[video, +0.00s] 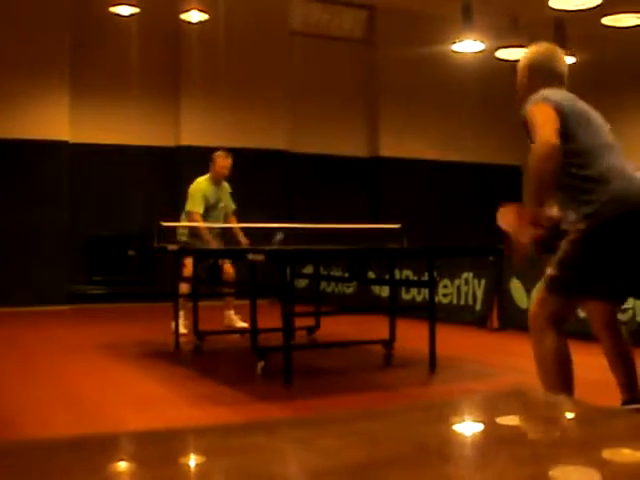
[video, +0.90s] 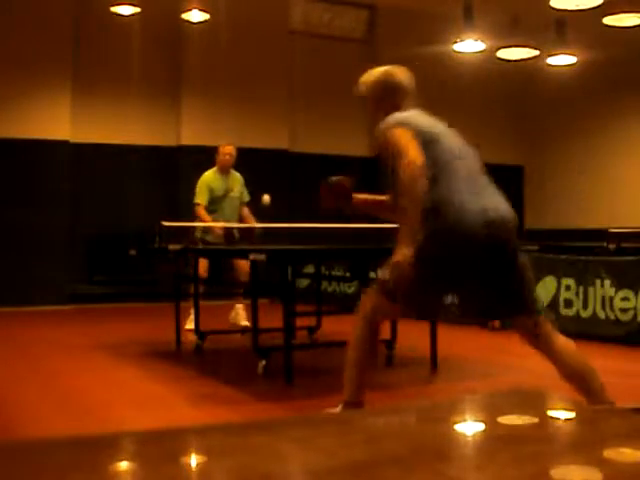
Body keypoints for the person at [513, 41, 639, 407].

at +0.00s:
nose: (516, 81)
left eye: (518, 73)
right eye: (516, 73)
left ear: (525, 75)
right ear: (562, 76)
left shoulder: (541, 101)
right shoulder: (581, 107)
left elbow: (547, 144)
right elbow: (602, 177)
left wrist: (532, 214)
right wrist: (559, 216)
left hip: (604, 219)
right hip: (631, 214)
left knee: (543, 314)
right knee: (602, 311)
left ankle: (561, 414)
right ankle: (632, 401)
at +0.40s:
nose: (533, 51)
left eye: (535, 45)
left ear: (539, 47)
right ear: (579, 51)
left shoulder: (541, 74)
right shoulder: (601, 90)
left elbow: (541, 106)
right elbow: (612, 155)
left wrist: (526, 177)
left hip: (562, 211)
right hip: (614, 213)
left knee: (498, 311)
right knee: (616, 327)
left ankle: (512, 407)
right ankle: (635, 414)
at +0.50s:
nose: (526, 59)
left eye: (528, 54)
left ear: (531, 57)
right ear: (572, 60)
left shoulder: (527, 83)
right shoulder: (592, 98)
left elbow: (530, 116)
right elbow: (603, 160)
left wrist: (520, 191)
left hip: (551, 209)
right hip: (604, 211)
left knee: (482, 310)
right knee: (611, 331)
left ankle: (471, 410)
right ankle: (634, 417)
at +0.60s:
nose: (500, 72)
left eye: (502, 66)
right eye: (500, 66)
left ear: (510, 69)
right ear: (544, 70)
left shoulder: (508, 95)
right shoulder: (569, 107)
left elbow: (509, 129)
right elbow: (564, 165)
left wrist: (498, 196)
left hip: (535, 216)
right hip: (589, 217)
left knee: (458, 310)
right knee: (608, 327)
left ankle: (436, 403)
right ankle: (634, 418)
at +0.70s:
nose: (463, 87)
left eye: (465, 80)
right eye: (467, 79)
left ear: (473, 82)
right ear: (505, 80)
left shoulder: (478, 108)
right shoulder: (533, 119)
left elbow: (482, 144)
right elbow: (520, 195)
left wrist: (469, 217)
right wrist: (450, 202)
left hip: (514, 228)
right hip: (568, 228)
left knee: (430, 319)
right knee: (593, 332)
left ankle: (387, 403)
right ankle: (630, 417)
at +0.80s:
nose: (416, 100)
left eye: (417, 92)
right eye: (416, 92)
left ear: (426, 91)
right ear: (457, 89)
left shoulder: (437, 115)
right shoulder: (486, 123)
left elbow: (448, 158)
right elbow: (467, 203)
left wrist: (439, 225)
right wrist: (391, 205)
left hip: (477, 240)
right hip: (526, 237)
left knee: (400, 323)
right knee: (570, 339)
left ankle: (358, 404)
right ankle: (622, 412)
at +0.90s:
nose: (367, 110)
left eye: (368, 102)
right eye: (366, 102)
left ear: (381, 99)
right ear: (406, 94)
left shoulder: (394, 125)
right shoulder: (438, 129)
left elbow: (414, 169)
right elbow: (426, 199)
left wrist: (405, 244)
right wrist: (357, 201)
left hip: (450, 235)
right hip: (497, 234)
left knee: (370, 308)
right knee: (539, 332)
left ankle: (350, 404)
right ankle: (605, 406)